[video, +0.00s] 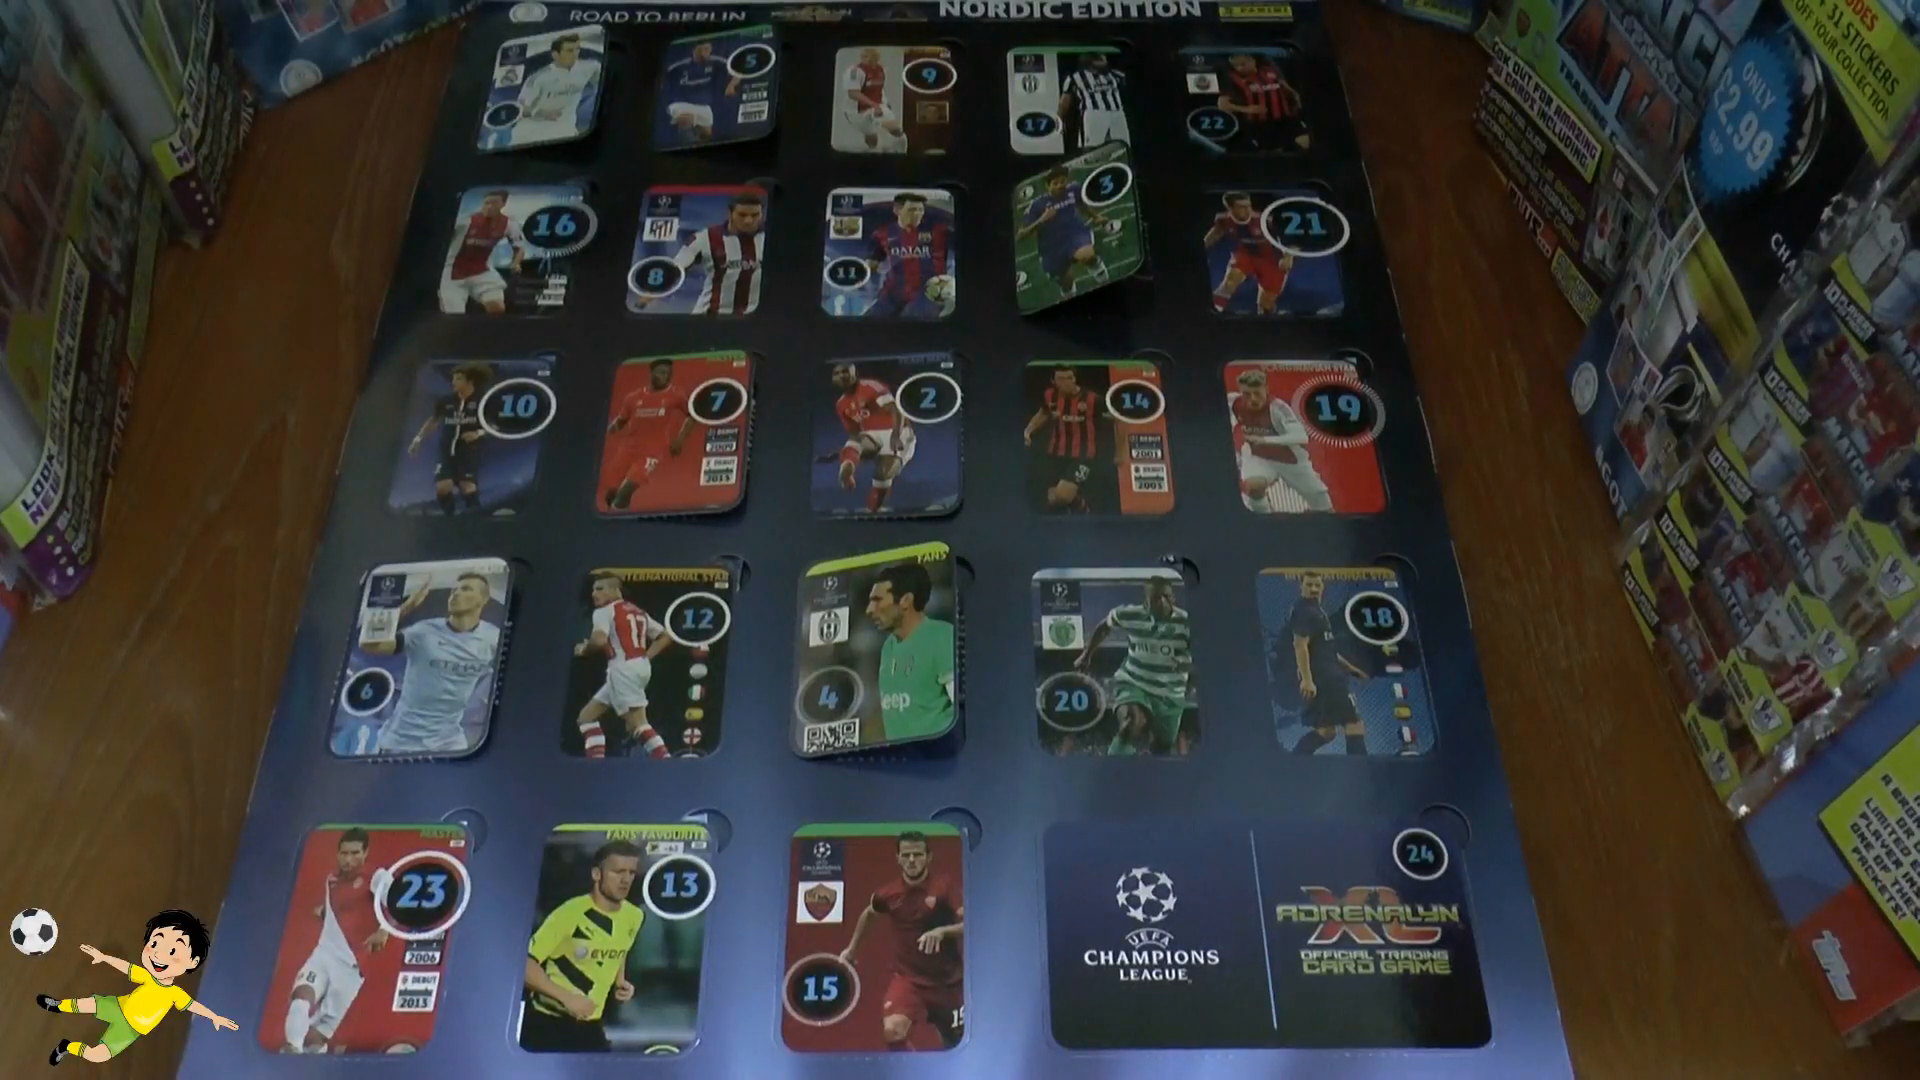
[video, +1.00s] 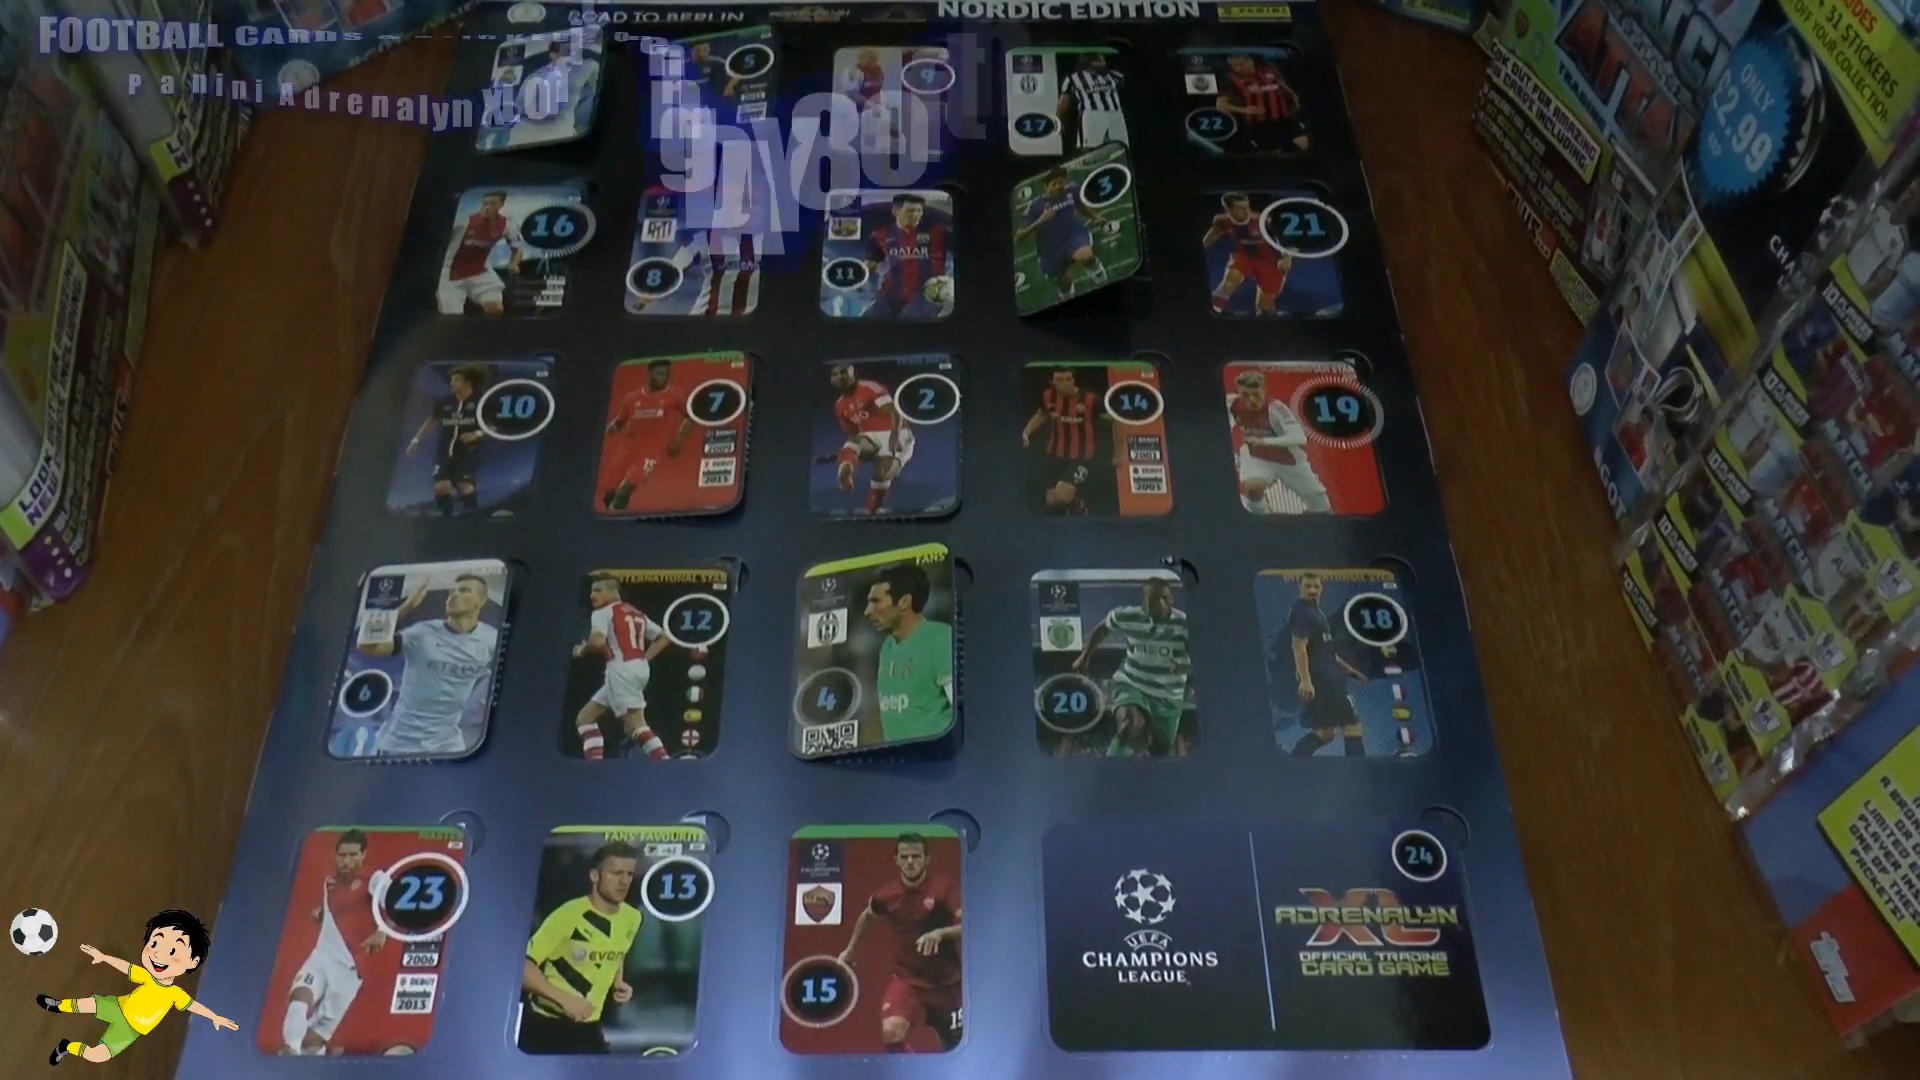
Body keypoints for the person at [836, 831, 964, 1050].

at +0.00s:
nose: (912, 861)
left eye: (917, 855)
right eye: (906, 855)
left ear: (928, 857)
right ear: (898, 859)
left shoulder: (944, 888)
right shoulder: (886, 895)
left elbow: (969, 924)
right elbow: (868, 914)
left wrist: (943, 931)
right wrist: (851, 949)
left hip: (947, 982)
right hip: (907, 979)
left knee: (957, 1049)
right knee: (892, 1031)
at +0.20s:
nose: (912, 861)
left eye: (917, 855)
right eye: (906, 856)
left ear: (928, 858)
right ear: (898, 859)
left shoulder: (945, 889)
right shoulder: (886, 896)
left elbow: (970, 924)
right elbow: (869, 915)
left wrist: (942, 931)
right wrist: (851, 950)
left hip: (948, 983)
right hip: (908, 980)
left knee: (956, 1048)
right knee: (893, 1032)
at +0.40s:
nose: (913, 863)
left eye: (918, 858)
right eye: (907, 858)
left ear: (929, 861)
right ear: (899, 861)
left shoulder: (945, 891)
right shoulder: (886, 898)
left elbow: (969, 928)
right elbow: (870, 918)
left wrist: (943, 934)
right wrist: (851, 952)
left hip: (948, 985)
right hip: (908, 982)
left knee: (958, 1051)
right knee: (893, 1034)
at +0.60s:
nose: (912, 866)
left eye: (918, 860)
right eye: (906, 860)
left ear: (928, 862)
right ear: (899, 864)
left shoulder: (945, 893)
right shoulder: (886, 900)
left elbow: (969, 929)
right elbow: (869, 920)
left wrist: (943, 936)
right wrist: (851, 955)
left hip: (948, 987)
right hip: (908, 984)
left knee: (957, 1052)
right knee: (893, 1037)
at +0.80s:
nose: (910, 863)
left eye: (916, 857)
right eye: (904, 858)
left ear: (926, 860)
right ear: (897, 861)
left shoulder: (944, 890)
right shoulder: (885, 898)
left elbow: (968, 927)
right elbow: (867, 917)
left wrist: (941, 933)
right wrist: (849, 952)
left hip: (947, 985)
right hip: (906, 982)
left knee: (955, 1051)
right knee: (891, 1034)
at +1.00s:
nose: (910, 862)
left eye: (916, 856)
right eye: (904, 857)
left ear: (926, 859)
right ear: (896, 860)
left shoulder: (943, 888)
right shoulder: (884, 897)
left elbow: (967, 926)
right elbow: (867, 916)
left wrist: (941, 933)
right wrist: (849, 950)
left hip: (946, 984)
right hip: (906, 981)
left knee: (955, 1050)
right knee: (891, 1032)